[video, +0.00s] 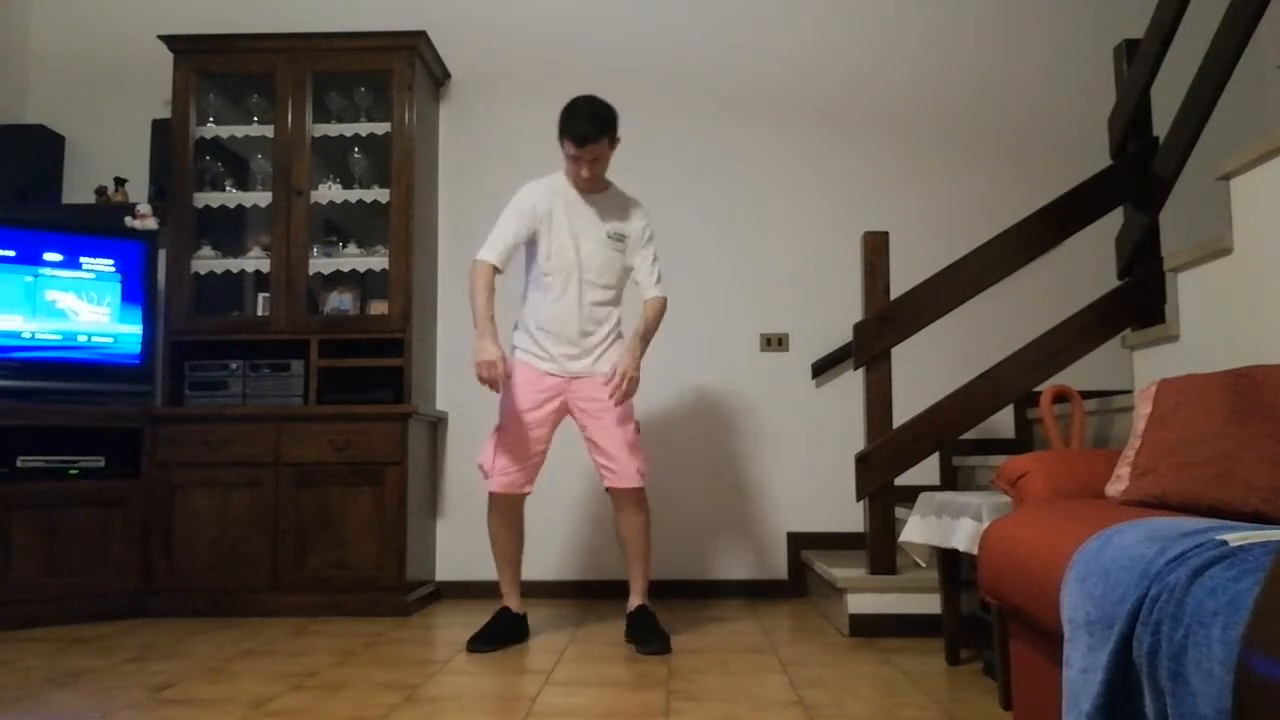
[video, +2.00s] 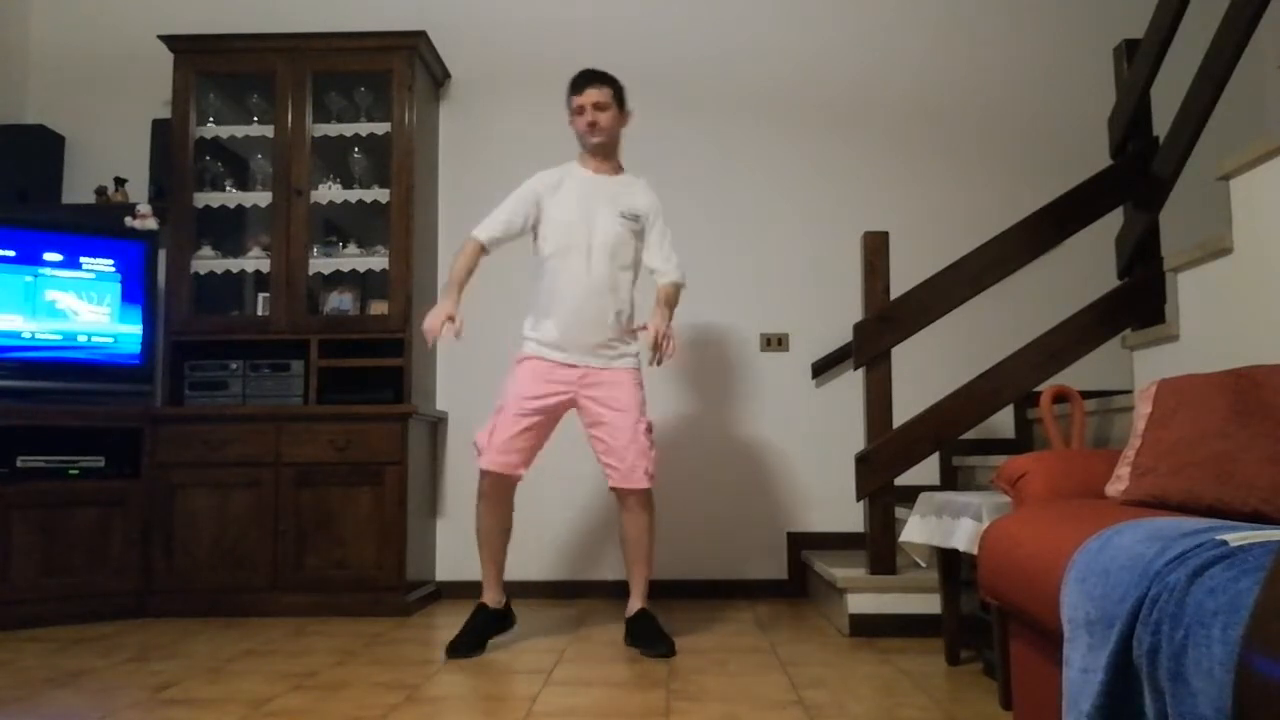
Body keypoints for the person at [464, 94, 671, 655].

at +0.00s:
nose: (585, 171)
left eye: (596, 159)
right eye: (575, 159)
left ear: (615, 146)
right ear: (560, 146)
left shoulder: (631, 214)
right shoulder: (535, 199)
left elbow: (654, 297)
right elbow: (483, 266)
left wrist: (635, 346)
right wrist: (485, 339)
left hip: (603, 369)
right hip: (533, 366)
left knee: (629, 483)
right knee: (504, 483)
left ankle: (639, 607)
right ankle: (511, 610)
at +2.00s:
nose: (590, 117)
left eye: (601, 108)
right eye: (580, 109)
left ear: (622, 117)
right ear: (570, 120)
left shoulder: (639, 195)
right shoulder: (547, 186)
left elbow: (668, 271)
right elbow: (477, 242)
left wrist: (662, 314)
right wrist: (450, 298)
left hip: (614, 363)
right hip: (542, 358)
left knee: (634, 482)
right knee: (495, 469)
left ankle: (638, 609)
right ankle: (492, 603)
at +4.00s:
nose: (526, 130)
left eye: (539, 119)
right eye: (517, 120)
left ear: (563, 126)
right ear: (508, 127)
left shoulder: (596, 179)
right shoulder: (508, 211)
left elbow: (662, 234)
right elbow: (492, 298)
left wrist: (641, 289)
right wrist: (509, 338)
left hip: (605, 369)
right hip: (536, 374)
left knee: (630, 484)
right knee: (508, 489)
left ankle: (638, 612)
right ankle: (513, 614)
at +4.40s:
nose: (579, 126)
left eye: (588, 113)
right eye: (568, 119)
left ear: (610, 112)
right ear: (557, 126)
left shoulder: (636, 198)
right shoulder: (544, 174)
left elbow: (648, 291)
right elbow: (474, 229)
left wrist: (615, 348)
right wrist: (492, 306)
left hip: (605, 372)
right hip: (532, 367)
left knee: (630, 488)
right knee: (488, 481)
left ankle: (636, 613)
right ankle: (476, 609)